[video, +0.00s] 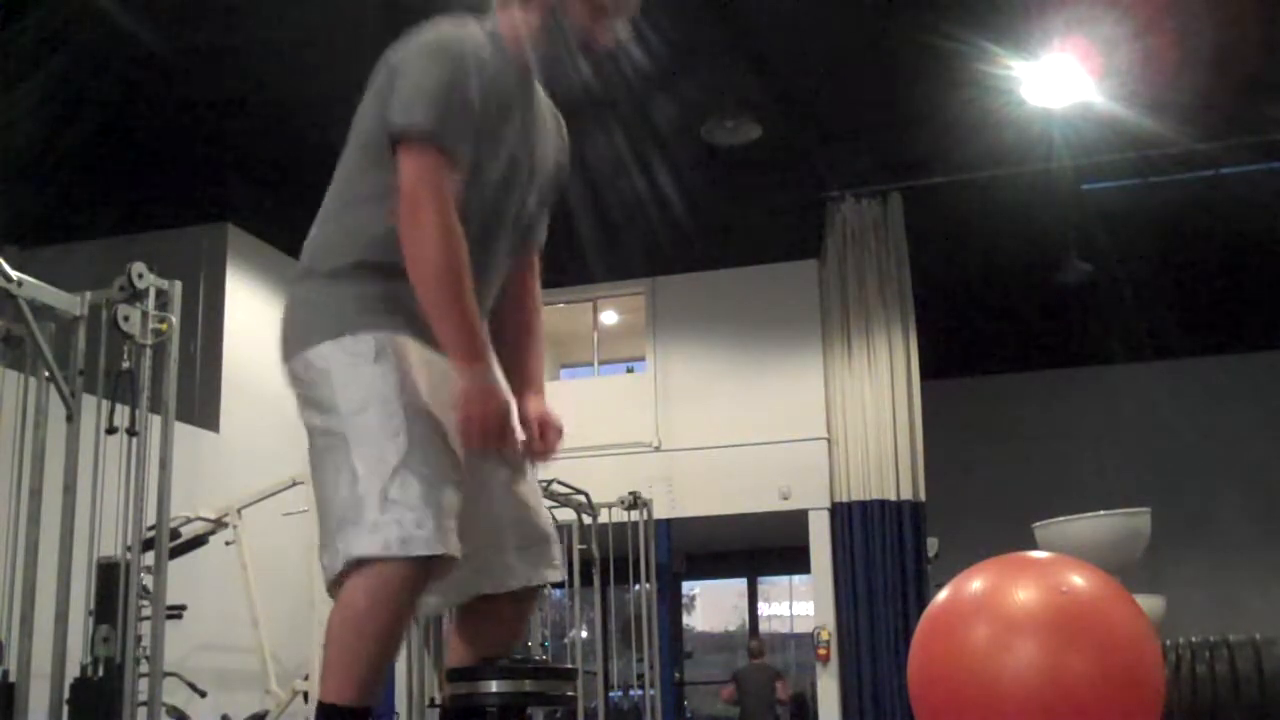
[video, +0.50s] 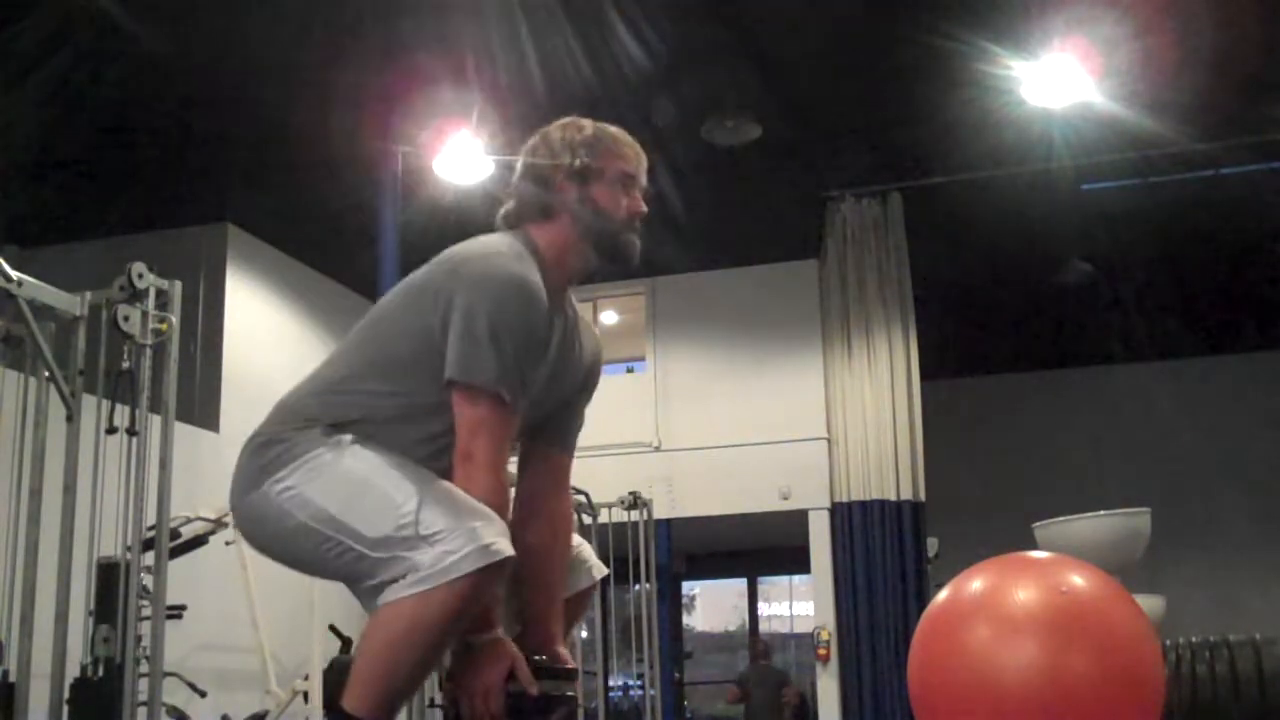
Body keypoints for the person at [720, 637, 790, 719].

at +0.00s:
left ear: (748, 653)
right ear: (764, 653)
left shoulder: (740, 673)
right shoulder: (773, 672)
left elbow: (727, 696)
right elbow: (782, 697)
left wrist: (742, 701)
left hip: (746, 716)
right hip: (768, 716)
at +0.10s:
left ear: (749, 653)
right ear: (765, 653)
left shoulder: (740, 673)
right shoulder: (773, 672)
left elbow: (726, 695)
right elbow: (783, 696)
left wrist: (742, 700)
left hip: (747, 716)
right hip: (768, 715)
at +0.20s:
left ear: (749, 654)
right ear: (766, 653)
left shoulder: (742, 673)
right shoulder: (774, 672)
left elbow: (726, 696)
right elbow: (783, 696)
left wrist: (742, 701)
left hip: (748, 716)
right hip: (770, 716)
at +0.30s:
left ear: (750, 654)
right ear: (766, 653)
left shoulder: (742, 674)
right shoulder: (776, 673)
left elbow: (729, 697)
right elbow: (786, 697)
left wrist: (745, 698)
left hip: (749, 716)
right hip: (772, 716)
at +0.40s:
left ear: (750, 654)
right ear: (767, 654)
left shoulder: (743, 674)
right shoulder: (777, 674)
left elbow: (731, 698)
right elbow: (789, 698)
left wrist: (747, 696)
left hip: (751, 716)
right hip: (773, 716)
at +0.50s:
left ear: (752, 654)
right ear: (769, 654)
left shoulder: (746, 674)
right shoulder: (781, 674)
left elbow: (732, 698)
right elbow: (791, 698)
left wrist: (750, 696)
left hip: (752, 716)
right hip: (775, 716)